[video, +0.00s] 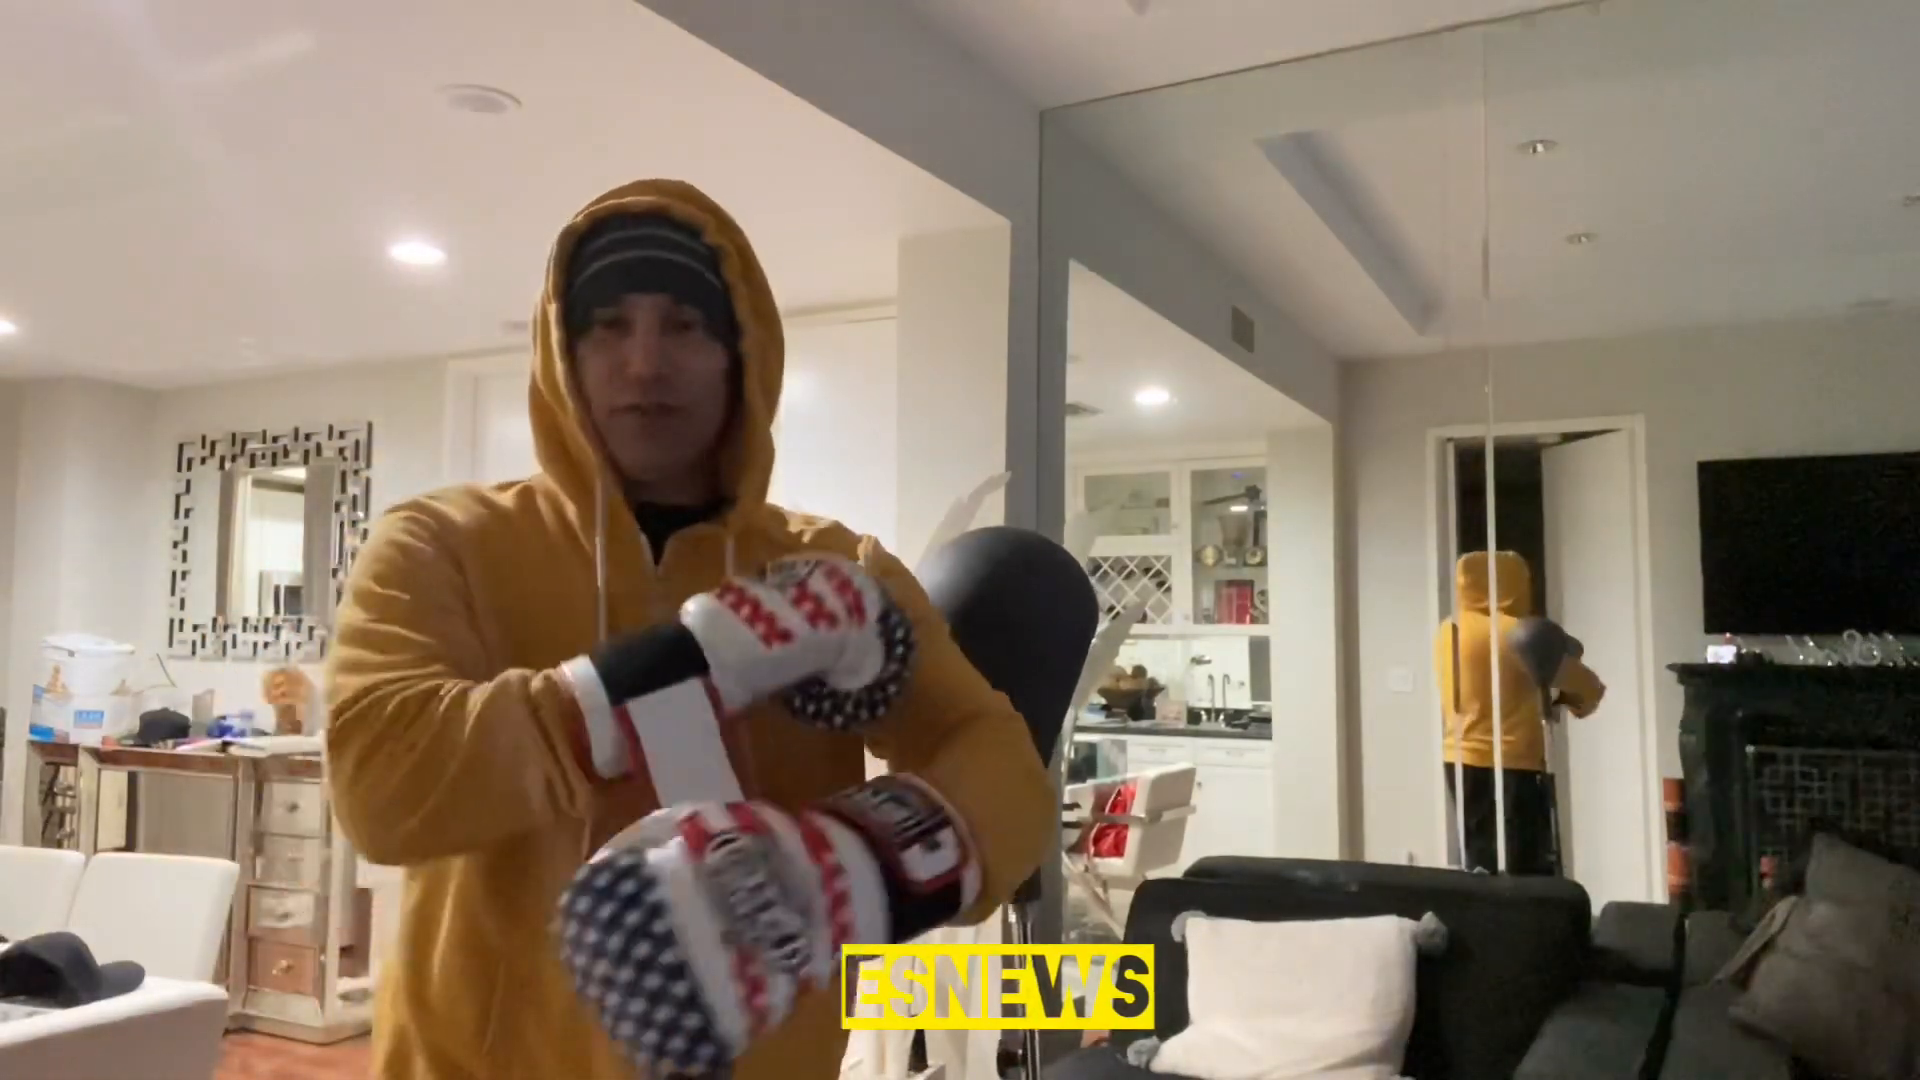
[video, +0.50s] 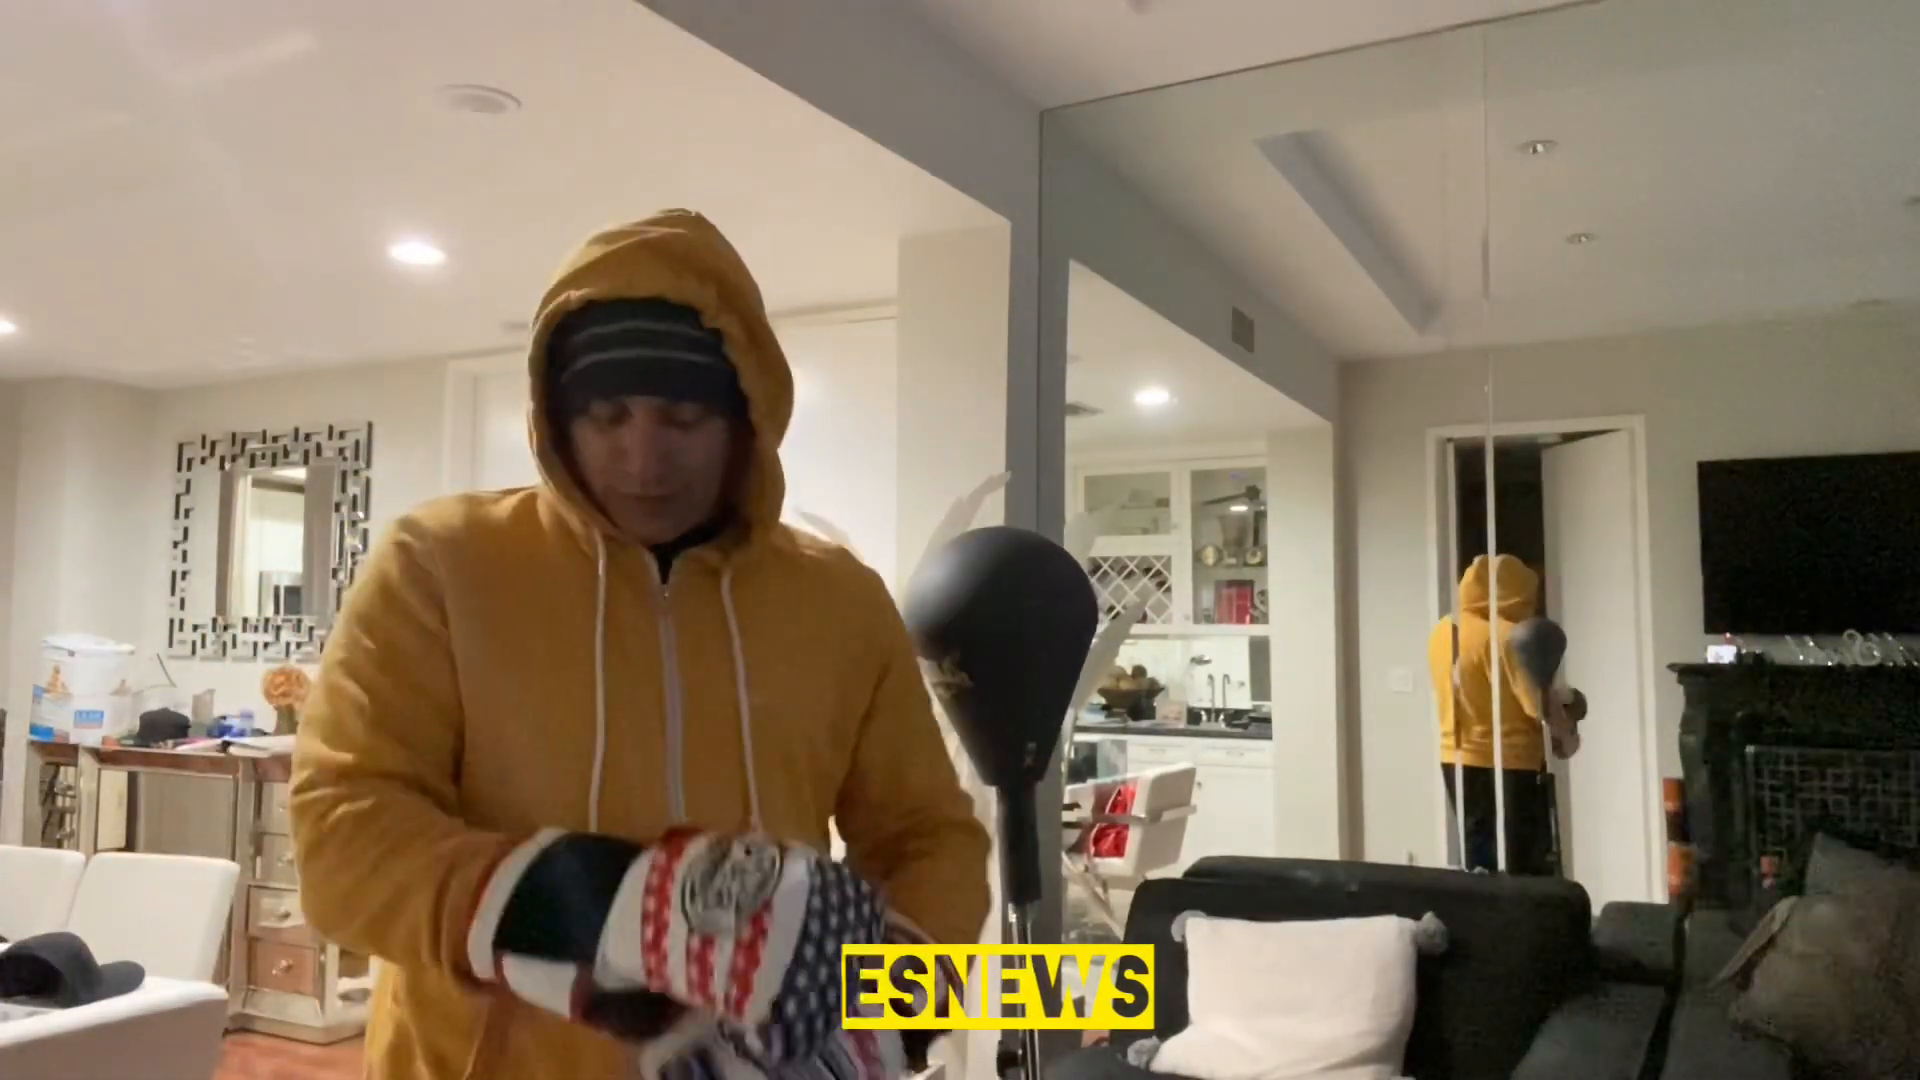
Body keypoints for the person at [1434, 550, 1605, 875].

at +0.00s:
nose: (1527, 590)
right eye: (1522, 584)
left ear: (1466, 587)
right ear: (1513, 587)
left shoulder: (1446, 634)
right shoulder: (1525, 635)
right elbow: (1589, 690)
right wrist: (1566, 701)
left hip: (1461, 764)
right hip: (1518, 767)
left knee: (1476, 859)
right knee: (1527, 864)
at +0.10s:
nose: (1527, 591)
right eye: (1523, 585)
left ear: (1467, 587)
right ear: (1513, 588)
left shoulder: (1445, 633)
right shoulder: (1521, 635)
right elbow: (1583, 688)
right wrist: (1550, 705)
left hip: (1461, 763)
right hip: (1517, 766)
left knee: (1476, 859)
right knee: (1527, 863)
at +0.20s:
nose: (1528, 595)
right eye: (1524, 587)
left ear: (1467, 588)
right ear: (1515, 589)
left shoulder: (1444, 633)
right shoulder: (1523, 636)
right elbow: (1578, 690)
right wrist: (1542, 695)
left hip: (1460, 762)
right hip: (1519, 765)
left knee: (1476, 855)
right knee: (1528, 857)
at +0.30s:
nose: (1530, 596)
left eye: (1527, 589)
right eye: (1526, 589)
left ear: (1468, 588)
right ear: (1515, 590)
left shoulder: (1444, 633)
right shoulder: (1521, 636)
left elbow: (1458, 690)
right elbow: (1572, 696)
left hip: (1459, 764)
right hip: (1517, 766)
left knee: (1477, 857)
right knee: (1531, 859)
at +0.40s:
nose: (1529, 599)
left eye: (1527, 591)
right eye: (1525, 590)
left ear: (1469, 587)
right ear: (1514, 591)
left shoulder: (1443, 632)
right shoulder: (1515, 637)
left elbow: (1453, 690)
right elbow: (1555, 703)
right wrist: (1571, 693)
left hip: (1459, 764)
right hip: (1516, 766)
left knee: (1477, 857)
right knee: (1529, 859)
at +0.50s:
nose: (1528, 600)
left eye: (1528, 593)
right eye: (1525, 592)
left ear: (1471, 588)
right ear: (1514, 592)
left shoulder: (1442, 632)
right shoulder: (1509, 636)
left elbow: (1451, 695)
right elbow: (1538, 704)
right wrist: (1565, 725)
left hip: (1459, 766)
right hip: (1513, 768)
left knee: (1478, 857)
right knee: (1526, 860)